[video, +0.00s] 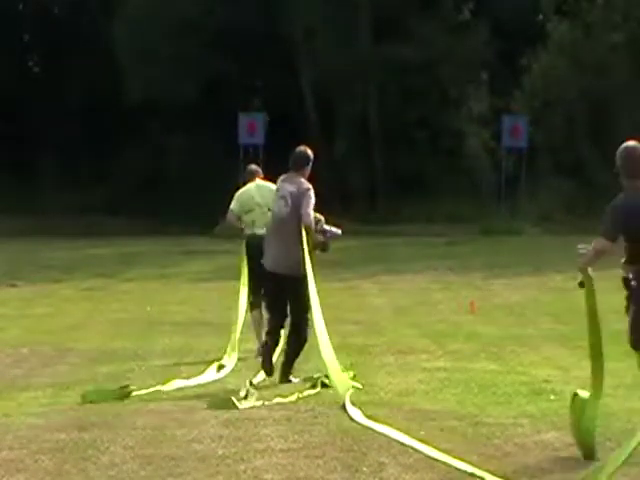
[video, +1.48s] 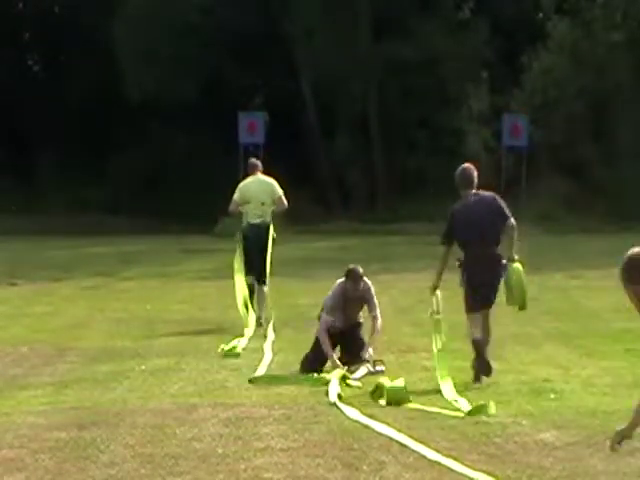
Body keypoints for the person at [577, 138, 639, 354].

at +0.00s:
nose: (617, 170)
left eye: (618, 165)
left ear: (620, 169)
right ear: (638, 167)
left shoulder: (624, 204)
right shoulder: (625, 203)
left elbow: (604, 244)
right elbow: (606, 243)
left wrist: (585, 262)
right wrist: (590, 256)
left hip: (635, 273)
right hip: (634, 272)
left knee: (637, 339)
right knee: (636, 339)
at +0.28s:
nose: (602, 171)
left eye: (598, 165)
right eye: (612, 165)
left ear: (593, 168)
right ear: (617, 168)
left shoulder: (587, 202)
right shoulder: (631, 204)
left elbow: (570, 235)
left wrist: (553, 248)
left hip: (594, 280)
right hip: (623, 280)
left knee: (593, 344)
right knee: (623, 352)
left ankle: (601, 363)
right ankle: (619, 419)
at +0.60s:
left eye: (558, 157)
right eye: (571, 155)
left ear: (552, 158)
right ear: (575, 158)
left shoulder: (542, 192)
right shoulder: (586, 191)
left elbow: (523, 225)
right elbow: (604, 228)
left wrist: (510, 247)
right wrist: (598, 255)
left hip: (553, 261)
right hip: (579, 260)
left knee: (560, 320)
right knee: (570, 320)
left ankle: (571, 369)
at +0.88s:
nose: (523, 173)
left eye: (519, 169)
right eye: (529, 168)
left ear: (514, 172)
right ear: (535, 171)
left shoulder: (516, 204)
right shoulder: (550, 199)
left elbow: (495, 237)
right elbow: (567, 228)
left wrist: (486, 259)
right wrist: (564, 258)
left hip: (525, 270)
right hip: (551, 268)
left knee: (525, 338)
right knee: (544, 334)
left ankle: (534, 392)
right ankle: (550, 350)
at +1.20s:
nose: (489, 175)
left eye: (486, 171)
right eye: (497, 169)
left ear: (482, 173)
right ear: (502, 171)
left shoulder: (484, 203)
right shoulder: (518, 199)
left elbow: (468, 238)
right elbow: (535, 231)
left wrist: (458, 265)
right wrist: (533, 260)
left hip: (491, 269)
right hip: (514, 269)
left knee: (485, 318)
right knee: (511, 324)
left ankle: (492, 364)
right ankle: (508, 376)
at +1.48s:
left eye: (461, 182)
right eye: (472, 180)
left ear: (458, 183)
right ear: (477, 181)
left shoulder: (457, 210)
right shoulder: (492, 200)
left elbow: (447, 248)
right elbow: (511, 225)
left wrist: (437, 280)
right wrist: (512, 255)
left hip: (470, 262)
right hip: (493, 259)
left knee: (473, 313)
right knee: (485, 313)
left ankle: (479, 345)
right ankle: (478, 365)